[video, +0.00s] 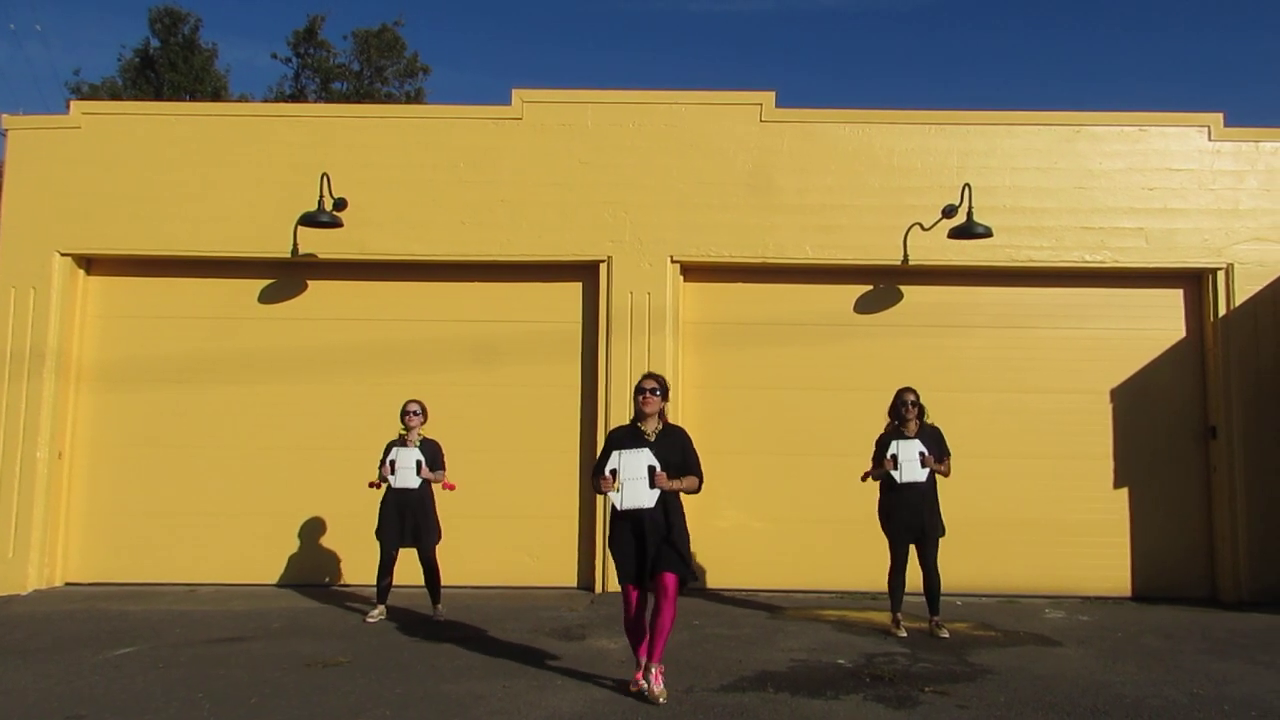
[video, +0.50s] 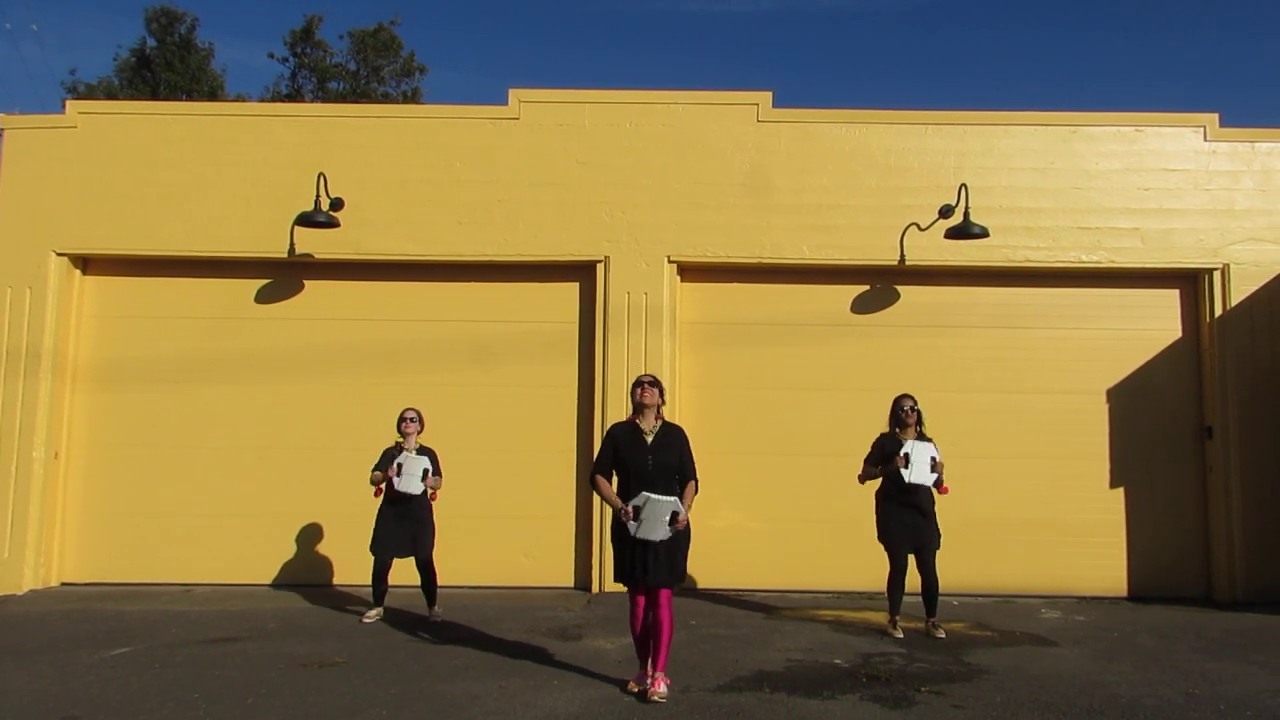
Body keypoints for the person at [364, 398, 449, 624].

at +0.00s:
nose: (410, 417)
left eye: (415, 413)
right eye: (406, 413)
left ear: (423, 417)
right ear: (402, 418)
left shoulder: (431, 446)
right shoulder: (393, 446)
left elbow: (441, 476)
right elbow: (382, 476)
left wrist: (428, 475)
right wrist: (384, 474)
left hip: (422, 510)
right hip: (393, 509)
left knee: (428, 558)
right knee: (387, 557)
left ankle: (436, 606)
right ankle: (380, 606)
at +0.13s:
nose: (410, 416)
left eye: (415, 413)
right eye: (406, 413)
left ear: (423, 417)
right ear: (401, 418)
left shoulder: (430, 446)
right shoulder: (392, 447)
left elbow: (440, 475)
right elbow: (382, 474)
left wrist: (428, 477)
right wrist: (383, 476)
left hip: (420, 509)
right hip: (392, 508)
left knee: (426, 557)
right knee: (386, 556)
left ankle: (436, 605)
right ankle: (380, 606)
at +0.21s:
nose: (410, 416)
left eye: (415, 412)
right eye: (406, 413)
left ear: (422, 417)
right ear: (400, 418)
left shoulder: (430, 445)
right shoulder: (391, 445)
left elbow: (439, 474)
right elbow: (382, 471)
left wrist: (427, 475)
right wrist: (382, 475)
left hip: (420, 508)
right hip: (392, 508)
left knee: (426, 557)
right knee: (386, 556)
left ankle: (436, 605)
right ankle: (379, 605)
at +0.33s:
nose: (409, 419)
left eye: (413, 416)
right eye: (405, 416)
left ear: (421, 420)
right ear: (399, 421)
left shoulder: (429, 449)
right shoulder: (389, 448)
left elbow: (438, 478)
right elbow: (378, 478)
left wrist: (422, 478)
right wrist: (378, 477)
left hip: (420, 511)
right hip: (391, 510)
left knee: (425, 558)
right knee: (382, 557)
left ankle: (434, 607)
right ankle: (378, 605)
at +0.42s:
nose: (408, 425)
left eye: (412, 421)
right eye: (404, 421)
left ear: (420, 426)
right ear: (399, 427)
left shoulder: (428, 455)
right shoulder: (390, 455)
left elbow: (436, 485)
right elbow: (374, 484)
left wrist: (423, 488)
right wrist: (378, 484)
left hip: (420, 517)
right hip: (391, 516)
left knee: (425, 562)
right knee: (381, 561)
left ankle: (433, 608)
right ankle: (377, 606)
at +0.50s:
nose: (407, 423)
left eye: (412, 420)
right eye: (403, 420)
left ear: (420, 425)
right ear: (399, 426)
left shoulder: (428, 454)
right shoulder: (391, 453)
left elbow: (438, 483)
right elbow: (374, 479)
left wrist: (430, 482)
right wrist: (387, 474)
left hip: (419, 516)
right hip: (391, 514)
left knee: (424, 561)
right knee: (382, 561)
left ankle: (432, 607)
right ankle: (378, 606)